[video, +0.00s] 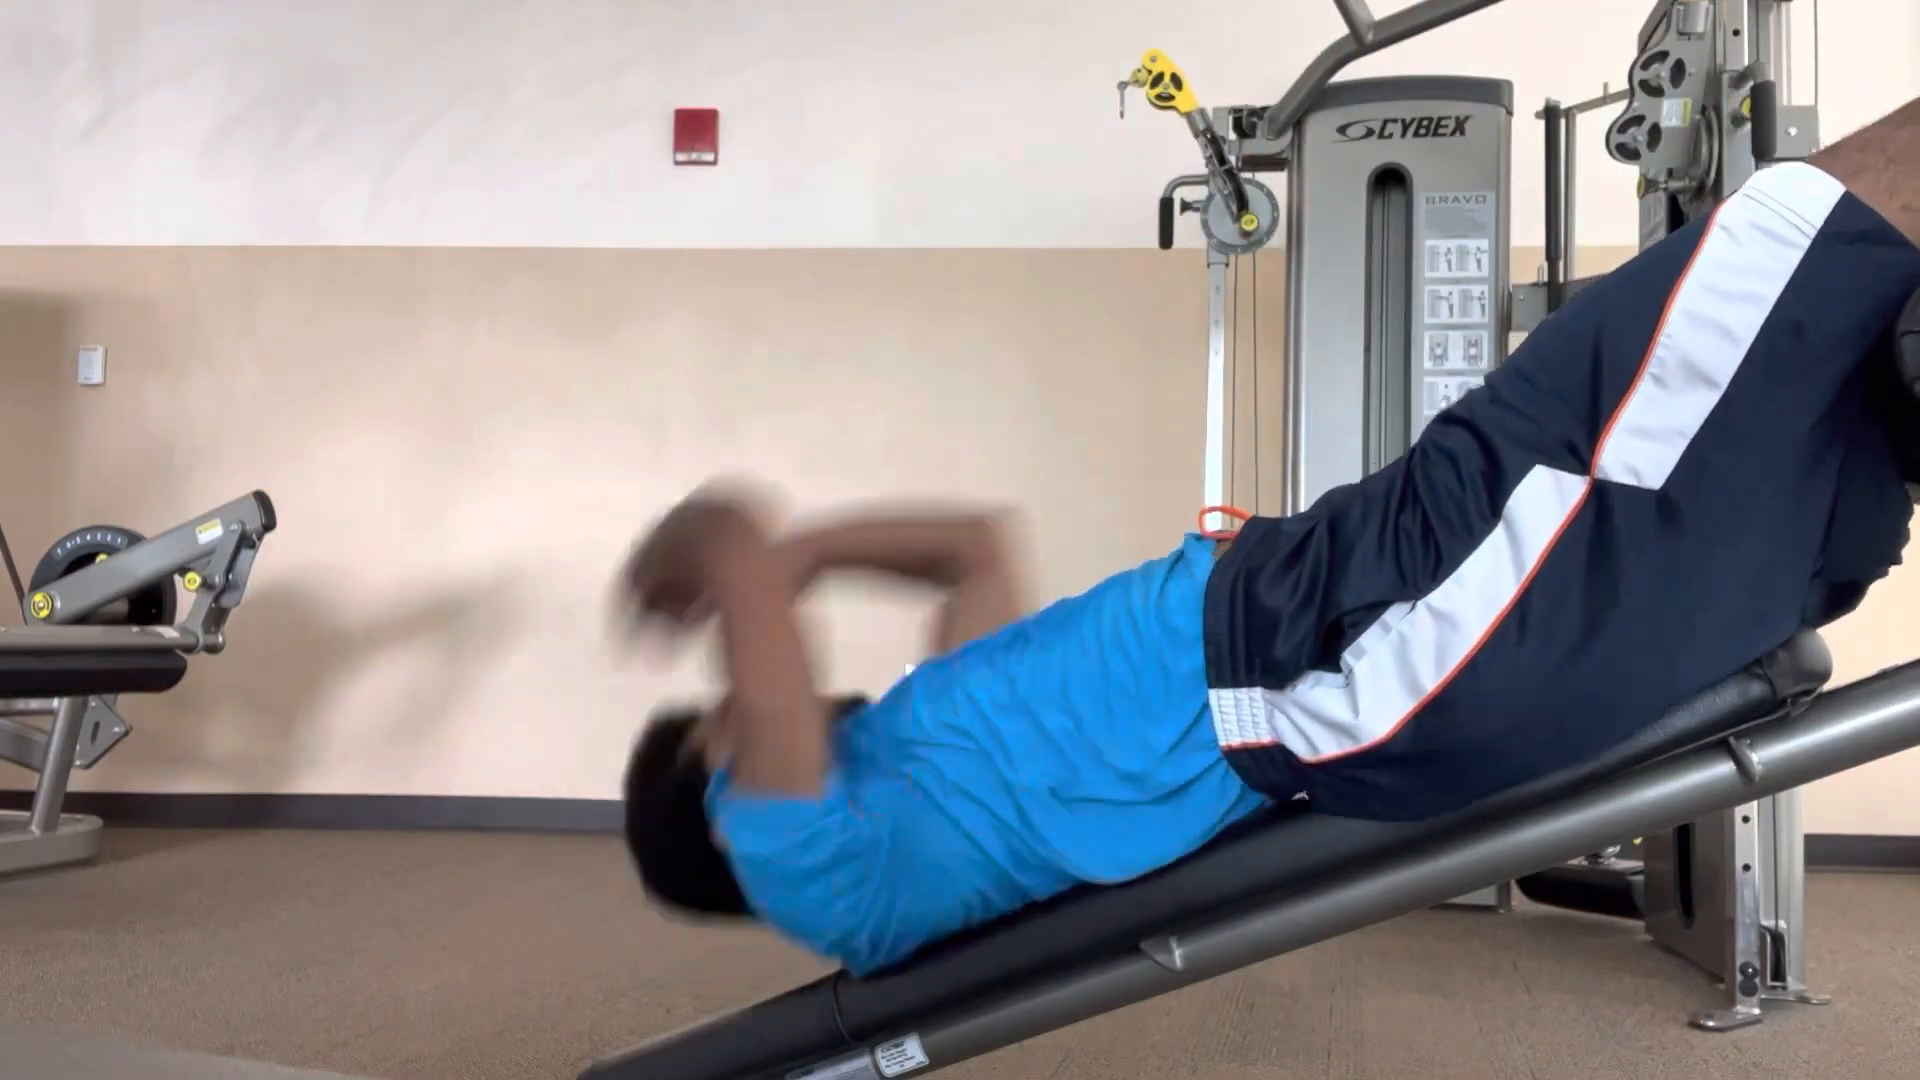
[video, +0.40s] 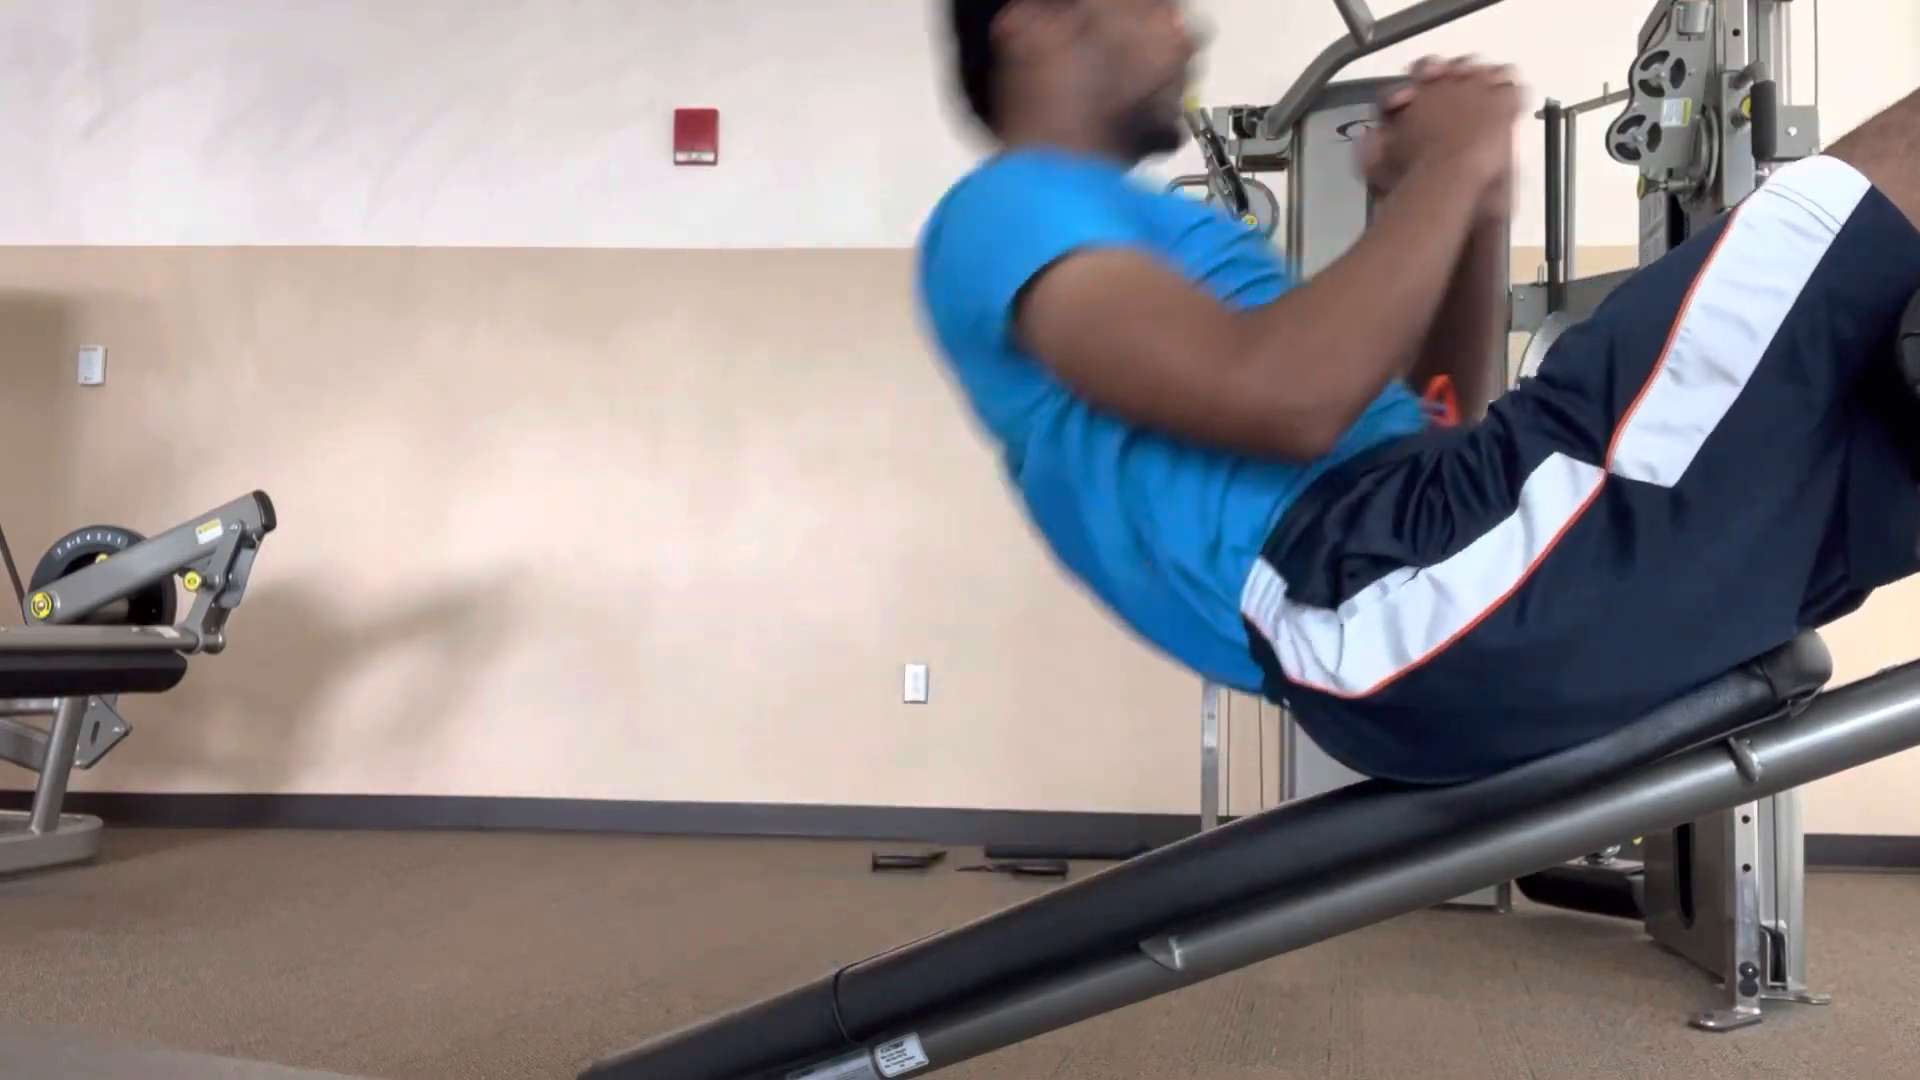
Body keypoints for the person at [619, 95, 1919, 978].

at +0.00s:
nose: (750, 706)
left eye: (734, 705)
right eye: (720, 721)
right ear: (723, 786)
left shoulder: (904, 762)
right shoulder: (802, 846)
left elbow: (971, 547)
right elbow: (766, 579)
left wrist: (780, 549)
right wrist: (729, 558)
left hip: (1343, 588)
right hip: (1330, 670)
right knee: (1854, 186)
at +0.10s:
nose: (823, 547)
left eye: (801, 536)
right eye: (772, 563)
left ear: (837, 559)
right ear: (740, 675)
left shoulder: (995, 667)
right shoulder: (842, 747)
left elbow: (1251, 546)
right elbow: (1035, 508)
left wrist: (1110, 401)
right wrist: (1014, 360)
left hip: (1387, 601)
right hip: (1363, 644)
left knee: (1874, 445)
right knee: (1869, 172)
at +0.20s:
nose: (892, 360)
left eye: (867, 341)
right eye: (842, 351)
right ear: (772, 438)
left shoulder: (1004, 501)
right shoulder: (847, 577)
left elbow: (1314, 493)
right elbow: (1141, 502)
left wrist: (1252, 278)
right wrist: (1230, 255)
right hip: (1357, 627)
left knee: (1888, 436)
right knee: (1875, 162)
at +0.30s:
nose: (1006, 178)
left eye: (991, 151)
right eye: (960, 159)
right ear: (862, 223)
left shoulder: (1071, 360)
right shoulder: (882, 380)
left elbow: (1352, 468)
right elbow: (1192, 449)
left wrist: (1381, 237)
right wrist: (1339, 220)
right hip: (1377, 616)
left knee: (1901, 449)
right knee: (1884, 158)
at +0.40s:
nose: (1191, 32)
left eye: (1176, 11)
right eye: (1155, 6)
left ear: (1058, 37)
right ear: (1043, 30)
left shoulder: (1178, 229)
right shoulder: (1003, 206)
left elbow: (1436, 409)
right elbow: (1280, 392)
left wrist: (1472, 197)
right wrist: (1448, 176)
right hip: (1380, 598)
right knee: (1897, 146)